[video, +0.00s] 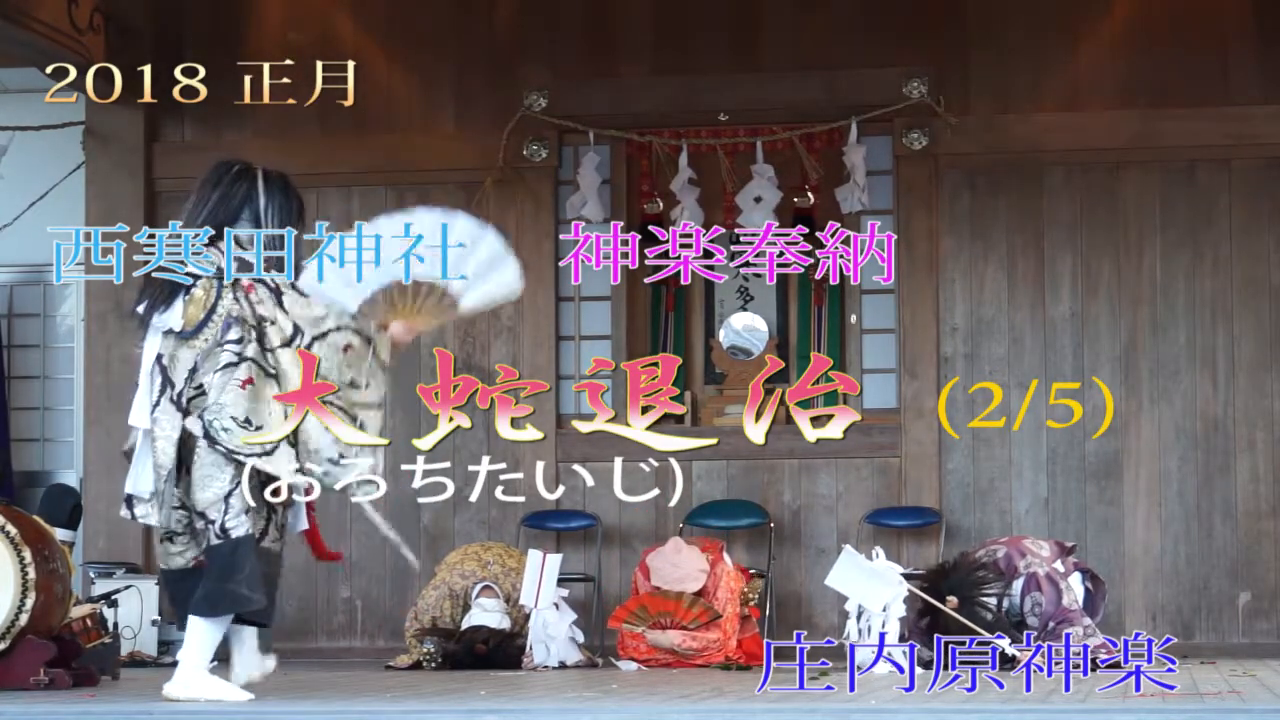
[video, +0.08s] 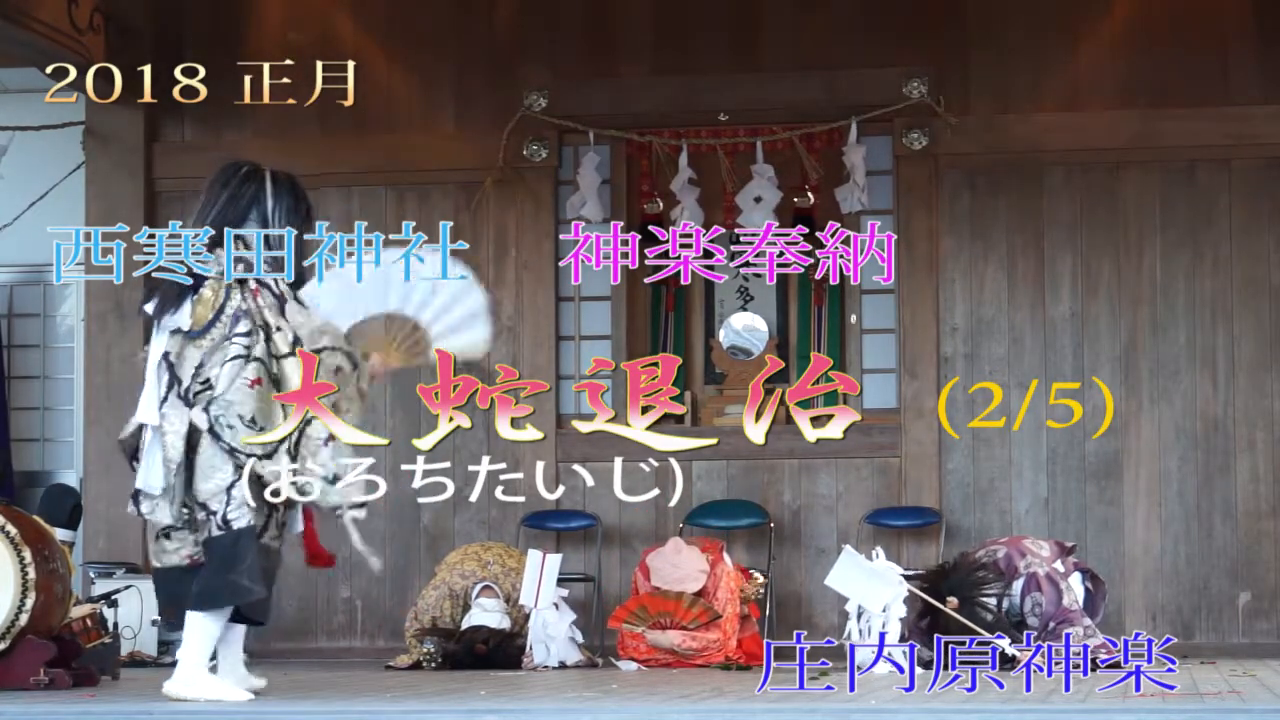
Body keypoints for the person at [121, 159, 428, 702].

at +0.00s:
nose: (290, 240)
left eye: (289, 228)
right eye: (286, 227)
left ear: (213, 214)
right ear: (262, 225)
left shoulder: (190, 285)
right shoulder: (234, 295)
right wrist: (385, 339)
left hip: (184, 441)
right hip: (223, 444)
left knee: (243, 545)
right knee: (233, 551)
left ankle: (246, 656)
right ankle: (192, 671)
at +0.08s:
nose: (300, 243)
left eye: (297, 230)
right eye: (292, 229)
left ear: (227, 220)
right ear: (266, 227)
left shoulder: (264, 292)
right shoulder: (231, 298)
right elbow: (235, 396)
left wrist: (349, 357)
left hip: (238, 447)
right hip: (209, 450)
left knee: (254, 546)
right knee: (231, 547)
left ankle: (230, 664)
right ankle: (191, 669)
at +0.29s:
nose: (329, 261)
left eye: (330, 246)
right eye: (323, 244)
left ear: (260, 231)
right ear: (293, 240)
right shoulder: (256, 303)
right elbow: (240, 393)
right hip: (231, 456)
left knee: (259, 554)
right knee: (267, 555)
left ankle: (227, 649)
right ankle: (223, 643)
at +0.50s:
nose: (328, 253)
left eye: (330, 238)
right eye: (325, 237)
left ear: (257, 216)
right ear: (302, 231)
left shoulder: (208, 290)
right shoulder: (286, 292)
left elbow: (182, 372)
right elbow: (290, 379)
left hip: (206, 428)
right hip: (260, 429)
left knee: (225, 539)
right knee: (283, 535)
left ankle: (231, 664)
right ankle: (263, 655)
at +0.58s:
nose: (332, 252)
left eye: (333, 237)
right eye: (329, 236)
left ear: (259, 214)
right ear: (306, 228)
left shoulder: (214, 290)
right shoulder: (293, 295)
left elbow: (187, 371)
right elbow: (310, 382)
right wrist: (317, 462)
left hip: (207, 432)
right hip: (264, 435)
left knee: (223, 541)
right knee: (281, 537)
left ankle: (230, 661)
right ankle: (263, 656)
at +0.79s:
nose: (342, 229)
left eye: (341, 216)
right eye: (339, 216)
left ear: (264, 201)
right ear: (320, 213)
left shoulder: (228, 275)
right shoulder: (313, 285)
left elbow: (205, 356)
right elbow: (340, 368)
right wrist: (371, 402)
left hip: (222, 428)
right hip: (281, 433)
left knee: (235, 535)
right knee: (286, 535)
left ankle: (233, 652)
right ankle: (264, 655)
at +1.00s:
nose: (346, 224)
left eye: (337, 216)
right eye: (343, 212)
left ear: (272, 204)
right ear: (328, 209)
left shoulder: (245, 277)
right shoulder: (329, 283)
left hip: (241, 420)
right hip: (301, 424)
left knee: (252, 528)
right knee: (295, 530)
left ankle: (247, 646)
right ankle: (266, 652)